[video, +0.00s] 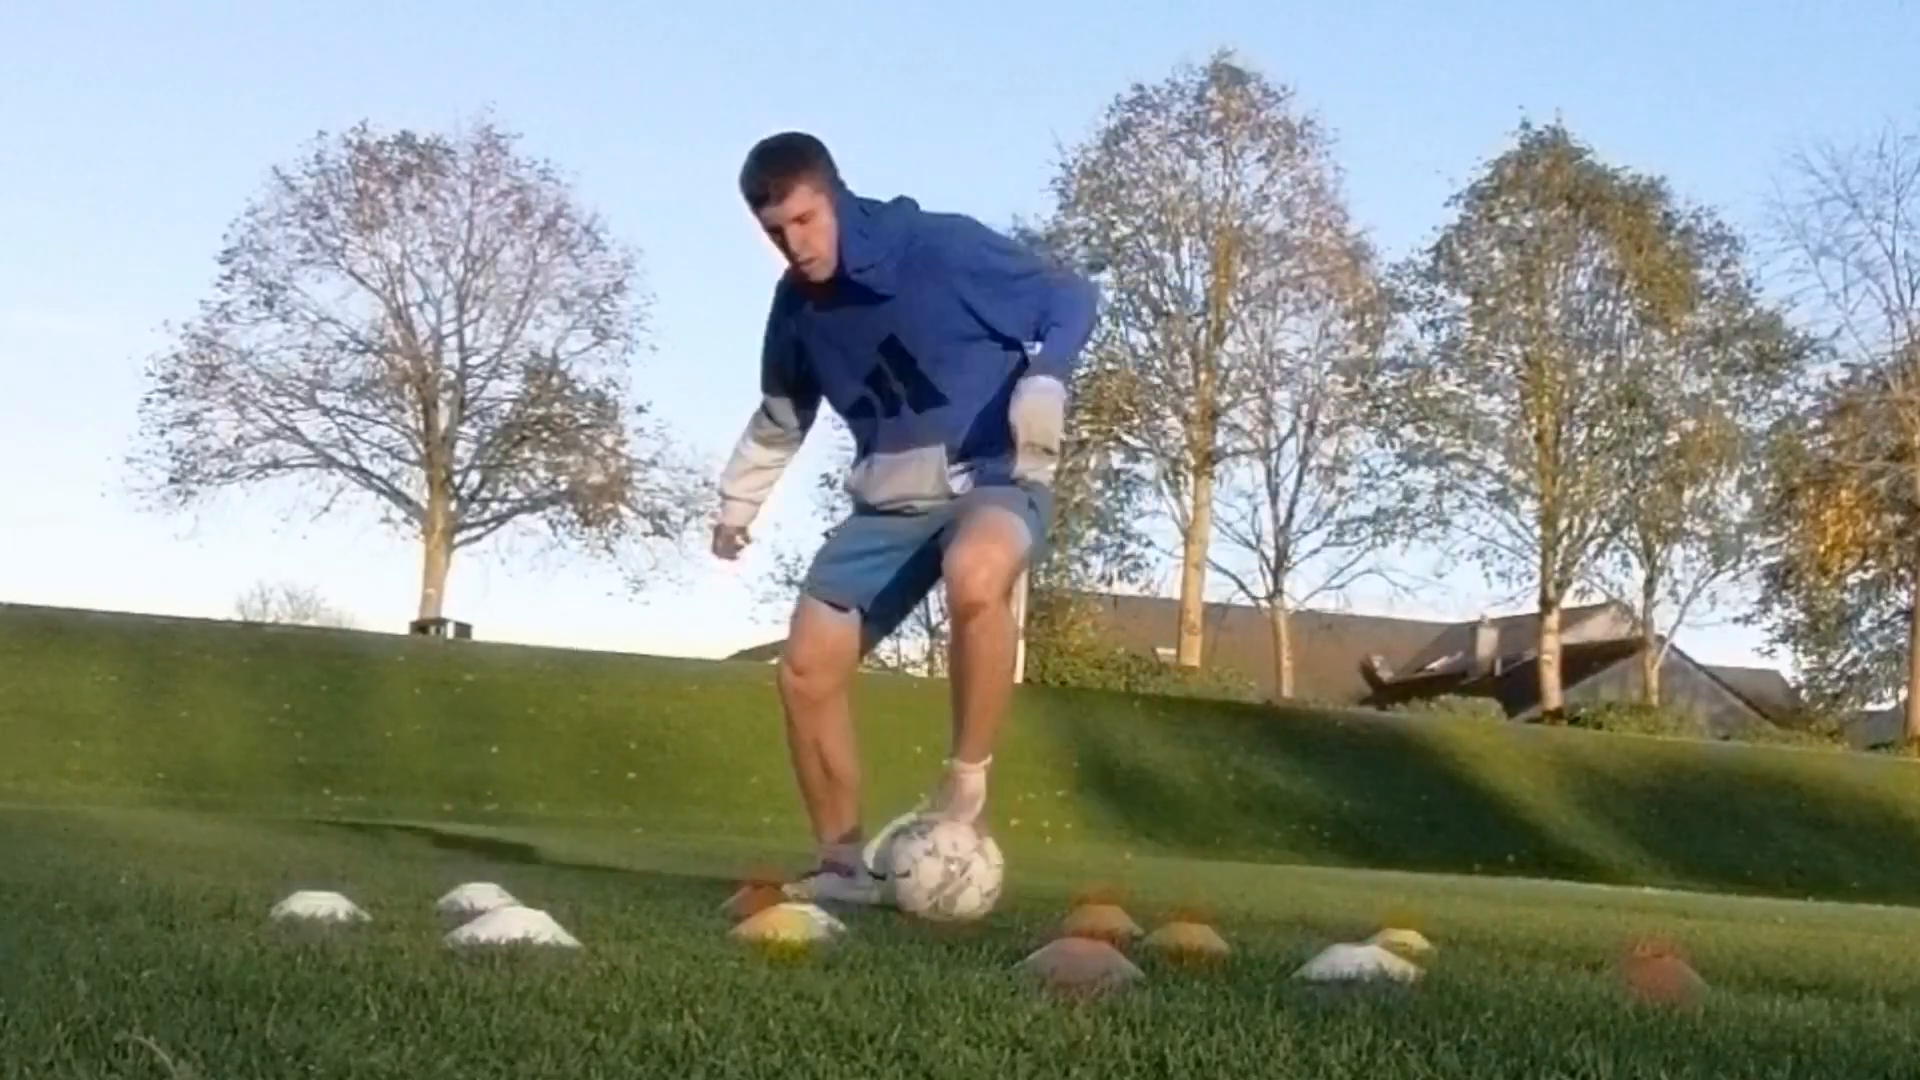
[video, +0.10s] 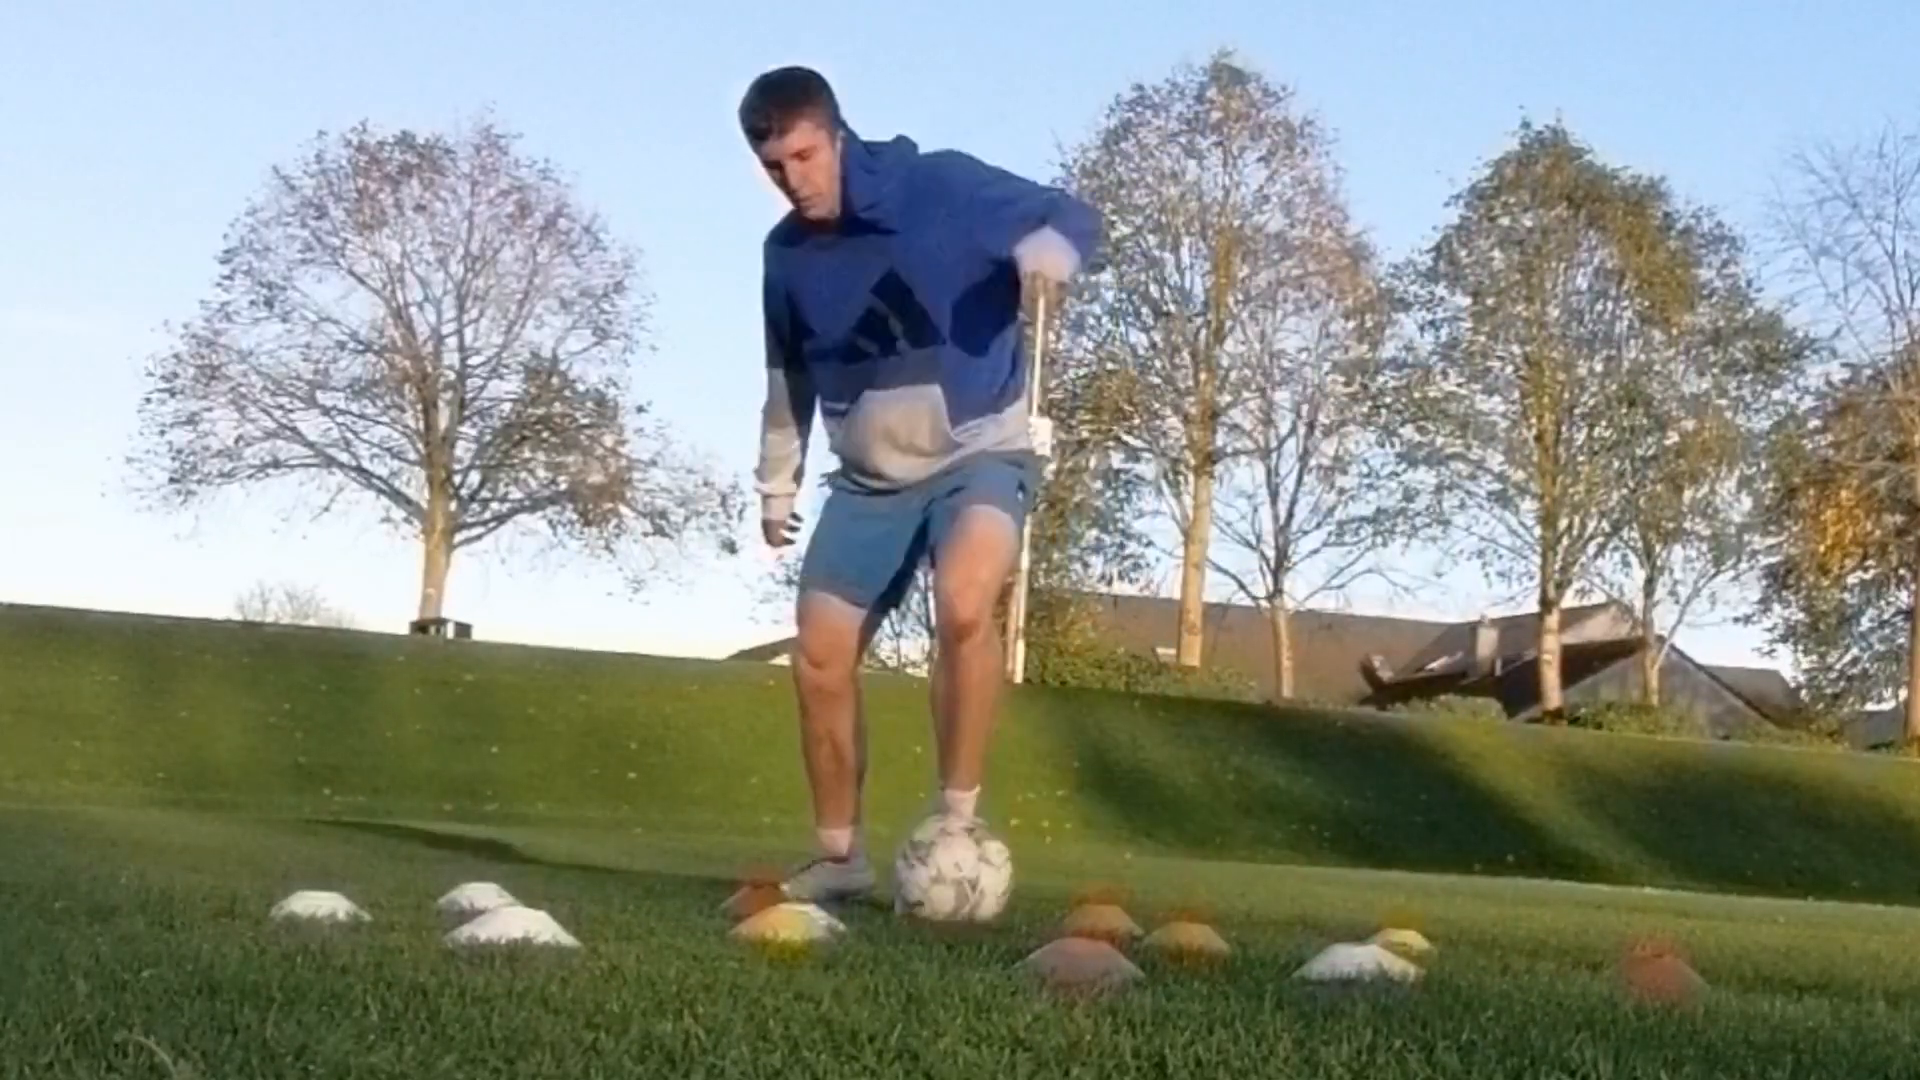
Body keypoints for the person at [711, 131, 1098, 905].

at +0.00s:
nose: (794, 245)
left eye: (803, 221)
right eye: (776, 231)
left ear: (837, 197)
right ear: (763, 225)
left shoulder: (935, 246)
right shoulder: (797, 308)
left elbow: (1072, 296)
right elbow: (779, 419)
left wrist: (1046, 379)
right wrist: (733, 510)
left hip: (995, 482)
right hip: (888, 502)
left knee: (976, 577)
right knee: (808, 663)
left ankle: (964, 801)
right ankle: (844, 867)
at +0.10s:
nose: (792, 180)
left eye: (803, 157)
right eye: (775, 165)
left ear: (838, 134)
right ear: (761, 160)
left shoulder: (933, 183)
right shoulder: (786, 251)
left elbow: (1070, 214)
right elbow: (789, 379)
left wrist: (1048, 253)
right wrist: (777, 487)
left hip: (980, 456)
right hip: (871, 480)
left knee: (963, 607)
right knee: (820, 650)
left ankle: (956, 824)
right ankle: (841, 860)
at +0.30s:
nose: (795, 96)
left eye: (809, 75)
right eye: (779, 80)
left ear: (850, 49)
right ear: (765, 65)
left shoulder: (915, 124)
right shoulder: (788, 133)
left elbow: (988, 241)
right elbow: (800, 232)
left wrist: (864, 188)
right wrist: (780, 325)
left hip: (942, 397)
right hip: (832, 409)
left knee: (982, 578)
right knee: (790, 616)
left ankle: (1077, 794)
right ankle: (917, 832)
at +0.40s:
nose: (786, 87)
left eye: (802, 67)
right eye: (771, 70)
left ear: (847, 47)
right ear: (756, 57)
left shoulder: (909, 148)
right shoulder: (766, 126)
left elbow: (958, 310)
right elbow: (785, 247)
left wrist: (888, 331)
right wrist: (757, 326)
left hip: (915, 410)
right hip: (804, 430)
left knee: (982, 585)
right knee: (833, 647)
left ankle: (1105, 818)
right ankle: (944, 876)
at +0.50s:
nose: (751, 65)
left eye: (767, 42)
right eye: (735, 46)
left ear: (811, 18)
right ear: (720, 34)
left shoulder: (901, 100)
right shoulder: (720, 106)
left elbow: (971, 231)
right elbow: (701, 201)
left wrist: (968, 315)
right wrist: (685, 257)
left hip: (901, 368)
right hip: (792, 395)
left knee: (907, 565)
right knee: (722, 603)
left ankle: (975, 829)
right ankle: (878, 810)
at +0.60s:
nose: (714, 62)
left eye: (731, 39)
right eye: (701, 41)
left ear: (787, 19)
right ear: (690, 30)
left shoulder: (872, 95)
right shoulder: (697, 110)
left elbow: (976, 210)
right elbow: (673, 229)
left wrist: (944, 226)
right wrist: (616, 292)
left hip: (870, 402)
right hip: (751, 406)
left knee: (876, 624)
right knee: (608, 557)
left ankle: (941, 872)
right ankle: (755, 766)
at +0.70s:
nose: (658, 37)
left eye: (672, 16)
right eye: (647, 20)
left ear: (732, 3)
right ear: (647, 22)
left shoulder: (806, 67)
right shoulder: (665, 76)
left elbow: (875, 197)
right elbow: (651, 192)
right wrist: (576, 284)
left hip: (810, 416)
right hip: (681, 397)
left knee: (851, 643)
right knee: (543, 541)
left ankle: (942, 882)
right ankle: (652, 768)